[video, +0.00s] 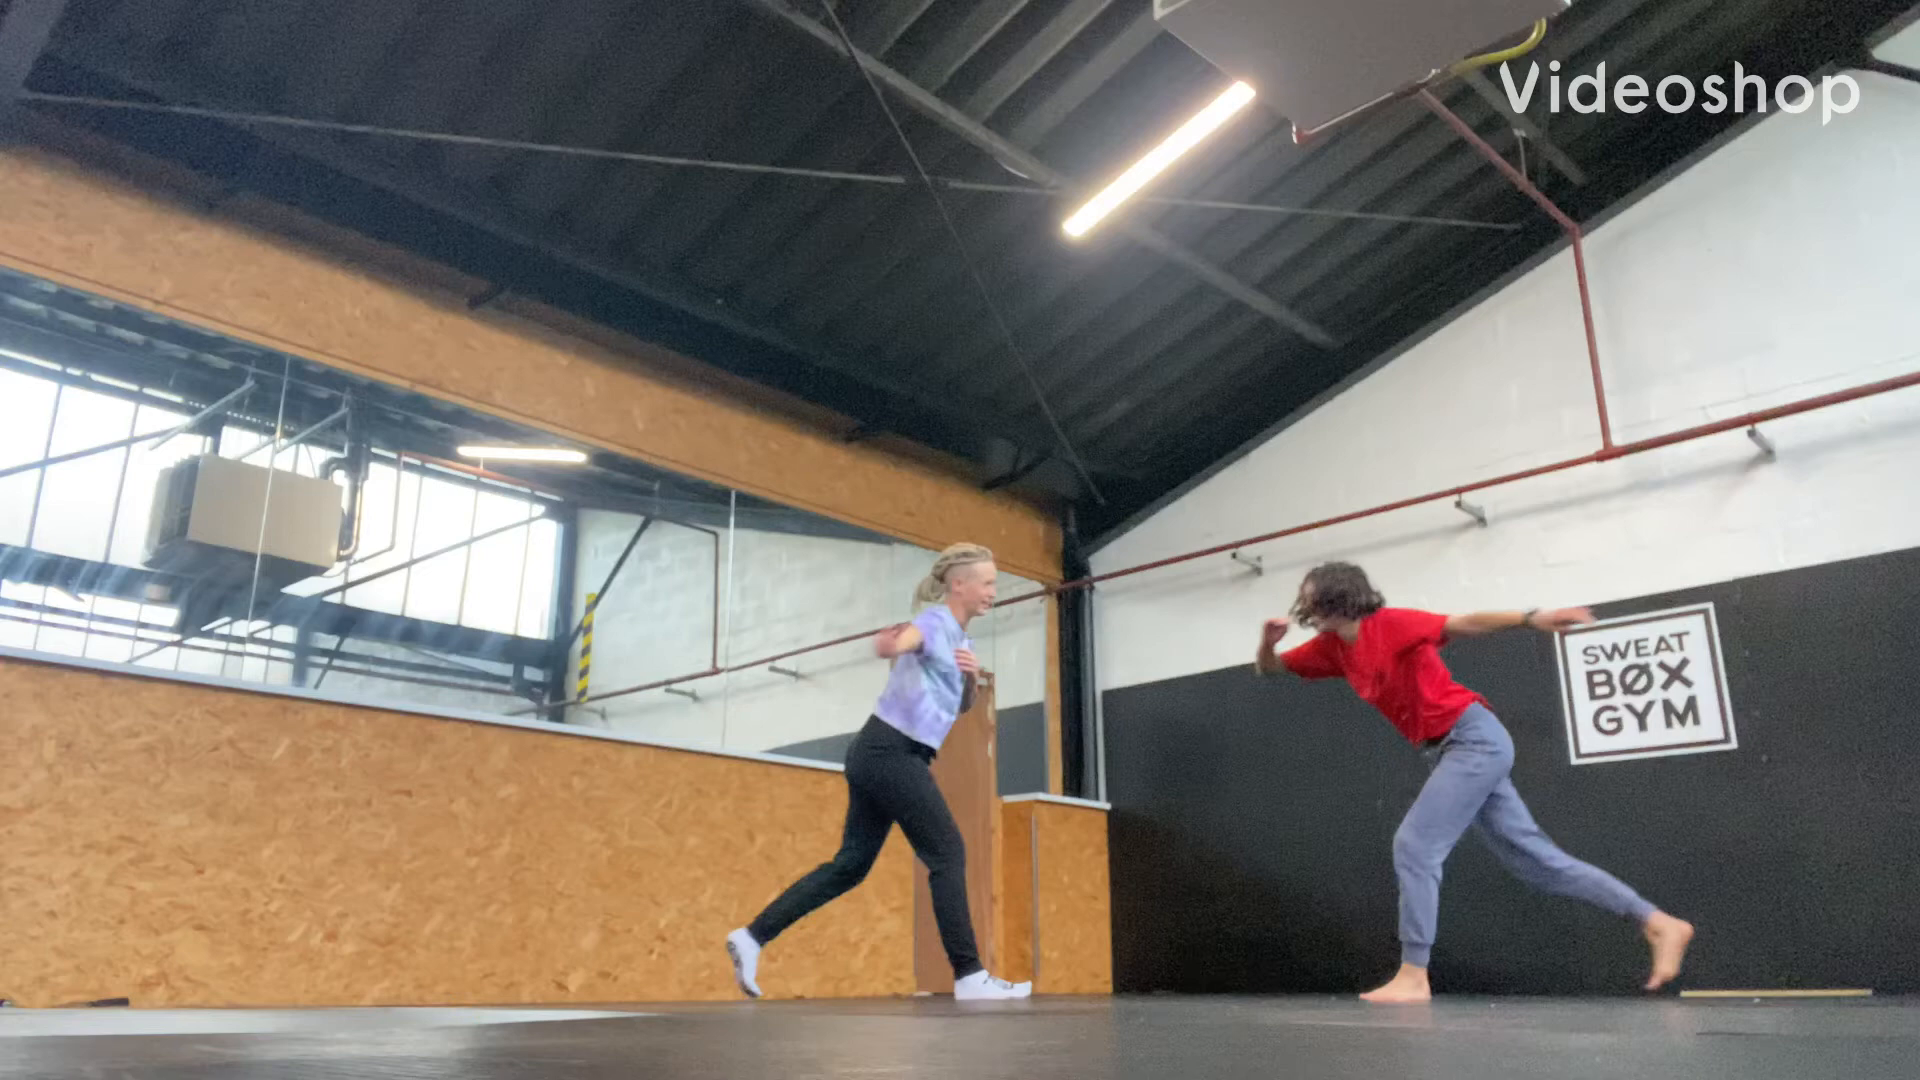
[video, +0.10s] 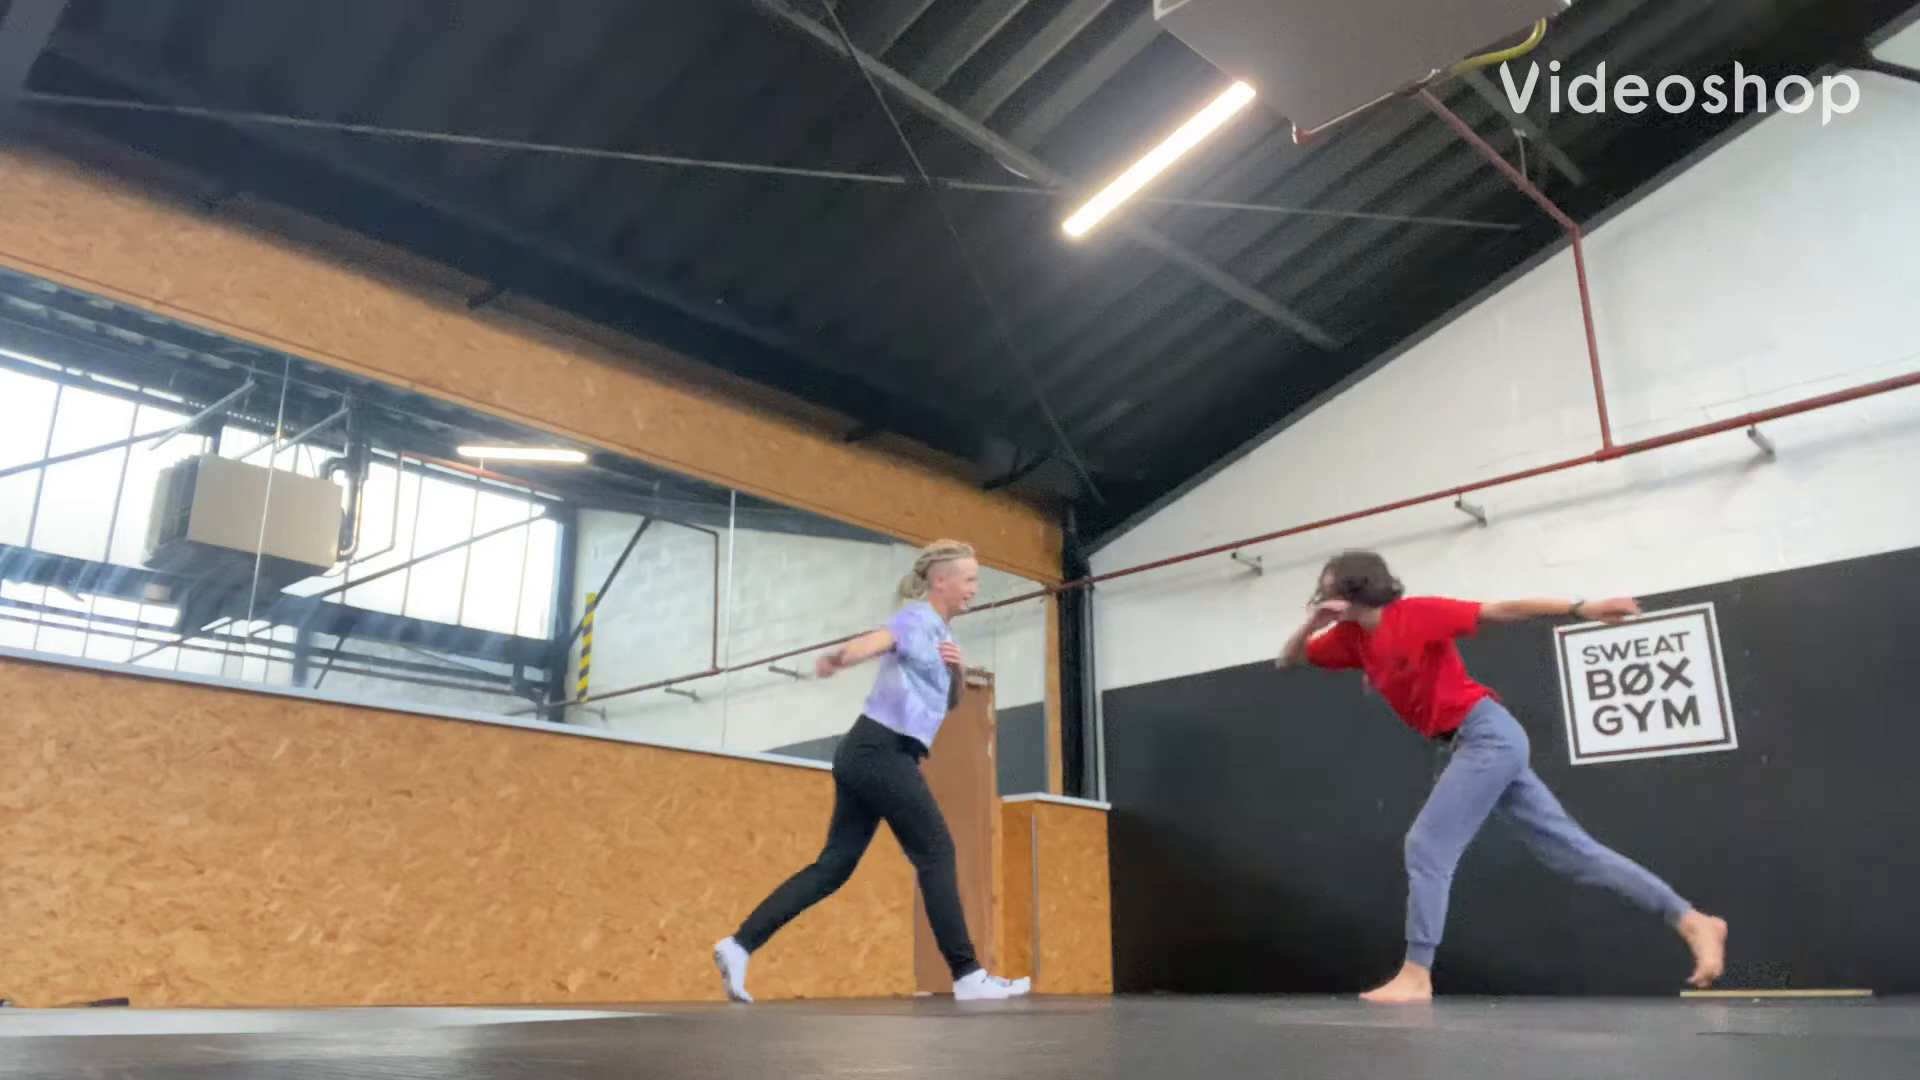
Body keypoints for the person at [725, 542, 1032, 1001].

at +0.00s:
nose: (994, 594)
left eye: (995, 585)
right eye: (988, 584)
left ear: (969, 587)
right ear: (957, 585)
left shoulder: (958, 637)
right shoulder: (935, 621)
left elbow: (963, 706)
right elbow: (899, 643)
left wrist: (973, 681)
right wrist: (892, 644)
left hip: (889, 754)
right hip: (889, 753)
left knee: (850, 865)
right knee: (947, 852)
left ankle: (751, 938)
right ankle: (970, 977)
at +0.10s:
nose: (974, 590)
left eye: (975, 581)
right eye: (967, 581)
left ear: (947, 584)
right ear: (938, 581)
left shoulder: (940, 634)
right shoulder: (918, 619)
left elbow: (949, 703)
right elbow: (879, 641)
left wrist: (958, 672)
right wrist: (843, 656)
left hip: (873, 753)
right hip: (881, 752)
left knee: (834, 867)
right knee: (936, 851)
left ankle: (739, 946)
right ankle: (968, 977)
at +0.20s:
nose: (949, 596)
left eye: (950, 588)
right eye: (943, 587)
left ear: (920, 590)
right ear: (915, 588)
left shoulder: (910, 641)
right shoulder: (888, 626)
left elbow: (920, 713)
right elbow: (834, 664)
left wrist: (930, 675)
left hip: (846, 763)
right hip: (863, 762)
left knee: (809, 876)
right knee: (933, 852)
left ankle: (715, 959)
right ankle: (968, 977)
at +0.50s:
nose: (957, 599)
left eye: (958, 591)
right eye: (951, 589)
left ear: (930, 591)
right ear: (924, 588)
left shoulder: (931, 652)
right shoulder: (890, 633)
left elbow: (949, 713)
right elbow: (846, 686)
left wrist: (951, 678)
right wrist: (821, 740)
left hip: (868, 764)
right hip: (866, 758)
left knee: (815, 872)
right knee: (950, 846)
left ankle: (718, 958)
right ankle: (967, 975)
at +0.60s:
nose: (989, 598)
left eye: (990, 589)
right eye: (982, 589)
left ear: (969, 594)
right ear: (952, 591)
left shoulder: (971, 648)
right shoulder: (922, 634)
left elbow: (992, 711)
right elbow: (878, 686)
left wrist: (988, 668)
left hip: (896, 761)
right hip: (894, 757)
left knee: (845, 873)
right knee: (965, 848)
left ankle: (743, 948)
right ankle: (971, 978)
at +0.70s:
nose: (1030, 613)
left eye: (1030, 605)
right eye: (1024, 603)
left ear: (1002, 609)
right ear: (997, 605)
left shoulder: (994, 662)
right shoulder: (961, 640)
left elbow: (990, 729)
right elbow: (931, 690)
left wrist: (1002, 701)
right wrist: (982, 690)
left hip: (912, 765)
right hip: (905, 759)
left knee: (898, 885)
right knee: (977, 850)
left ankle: (793, 930)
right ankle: (972, 978)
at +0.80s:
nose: (1057, 640)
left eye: (1057, 631)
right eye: (1052, 630)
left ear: (1029, 632)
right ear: (1028, 631)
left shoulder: (1001, 674)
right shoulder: (989, 656)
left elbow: (956, 726)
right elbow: (1013, 693)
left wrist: (995, 745)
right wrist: (1084, 676)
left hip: (912, 769)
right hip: (914, 766)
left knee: (949, 879)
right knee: (987, 850)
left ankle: (855, 937)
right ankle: (973, 978)